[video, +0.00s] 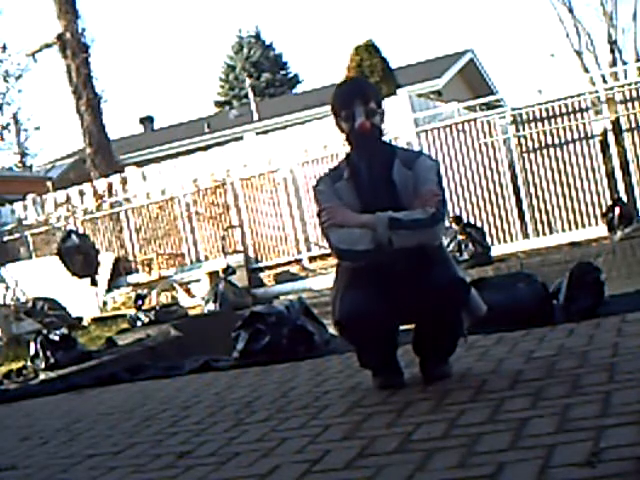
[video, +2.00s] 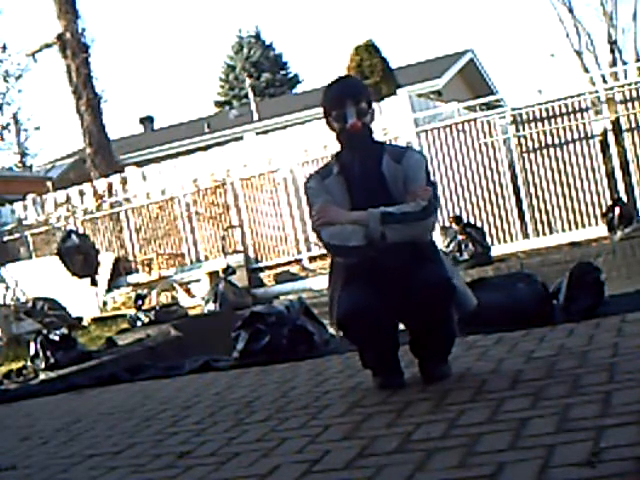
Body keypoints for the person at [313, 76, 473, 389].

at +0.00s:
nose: (362, 124)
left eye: (370, 113)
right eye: (351, 116)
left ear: (382, 114)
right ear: (339, 122)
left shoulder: (418, 164)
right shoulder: (329, 185)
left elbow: (434, 226)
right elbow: (344, 245)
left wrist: (359, 220)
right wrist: (412, 217)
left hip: (422, 265)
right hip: (365, 277)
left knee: (447, 290)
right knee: (356, 313)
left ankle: (434, 358)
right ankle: (384, 367)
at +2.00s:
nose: (353, 123)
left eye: (361, 111)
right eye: (341, 116)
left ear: (373, 112)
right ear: (329, 122)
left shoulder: (407, 159)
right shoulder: (319, 183)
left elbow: (425, 218)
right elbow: (335, 241)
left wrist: (349, 217)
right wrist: (406, 215)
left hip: (415, 262)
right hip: (359, 275)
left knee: (433, 290)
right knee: (358, 311)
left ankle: (434, 361)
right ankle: (385, 369)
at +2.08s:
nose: (349, 121)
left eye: (357, 109)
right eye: (337, 113)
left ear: (368, 110)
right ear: (326, 119)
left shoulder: (402, 156)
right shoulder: (315, 179)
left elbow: (419, 217)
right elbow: (329, 235)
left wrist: (344, 212)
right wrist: (399, 208)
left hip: (413, 260)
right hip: (359, 273)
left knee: (430, 292)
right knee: (362, 313)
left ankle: (434, 361)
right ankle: (385, 370)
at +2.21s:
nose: (343, 113)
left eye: (351, 102)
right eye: (332, 106)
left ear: (363, 104)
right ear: (320, 112)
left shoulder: (395, 147)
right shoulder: (308, 173)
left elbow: (407, 193)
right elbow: (321, 228)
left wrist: (337, 202)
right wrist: (386, 209)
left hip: (413, 263)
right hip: (358, 278)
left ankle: (442, 347)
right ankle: (385, 366)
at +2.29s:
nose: (341, 115)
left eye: (349, 104)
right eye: (329, 108)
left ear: (360, 106)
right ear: (317, 114)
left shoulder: (391, 151)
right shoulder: (306, 176)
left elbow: (409, 196)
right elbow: (321, 232)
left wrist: (338, 204)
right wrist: (387, 207)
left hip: (412, 253)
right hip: (358, 266)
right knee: (368, 308)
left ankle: (453, 361)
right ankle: (386, 369)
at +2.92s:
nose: (369, 124)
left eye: (376, 112)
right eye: (357, 118)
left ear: (388, 113)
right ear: (348, 126)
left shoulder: (426, 158)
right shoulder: (341, 184)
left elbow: (433, 194)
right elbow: (344, 231)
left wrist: (360, 205)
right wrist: (402, 210)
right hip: (384, 286)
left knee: (407, 248)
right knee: (363, 260)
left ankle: (434, 360)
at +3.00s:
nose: (364, 110)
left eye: (370, 99)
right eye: (352, 103)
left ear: (383, 99)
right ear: (341, 110)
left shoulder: (421, 143)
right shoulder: (337, 171)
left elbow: (435, 188)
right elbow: (340, 210)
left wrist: (359, 188)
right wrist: (404, 194)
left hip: (428, 264)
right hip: (370, 275)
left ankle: (436, 360)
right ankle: (377, 368)